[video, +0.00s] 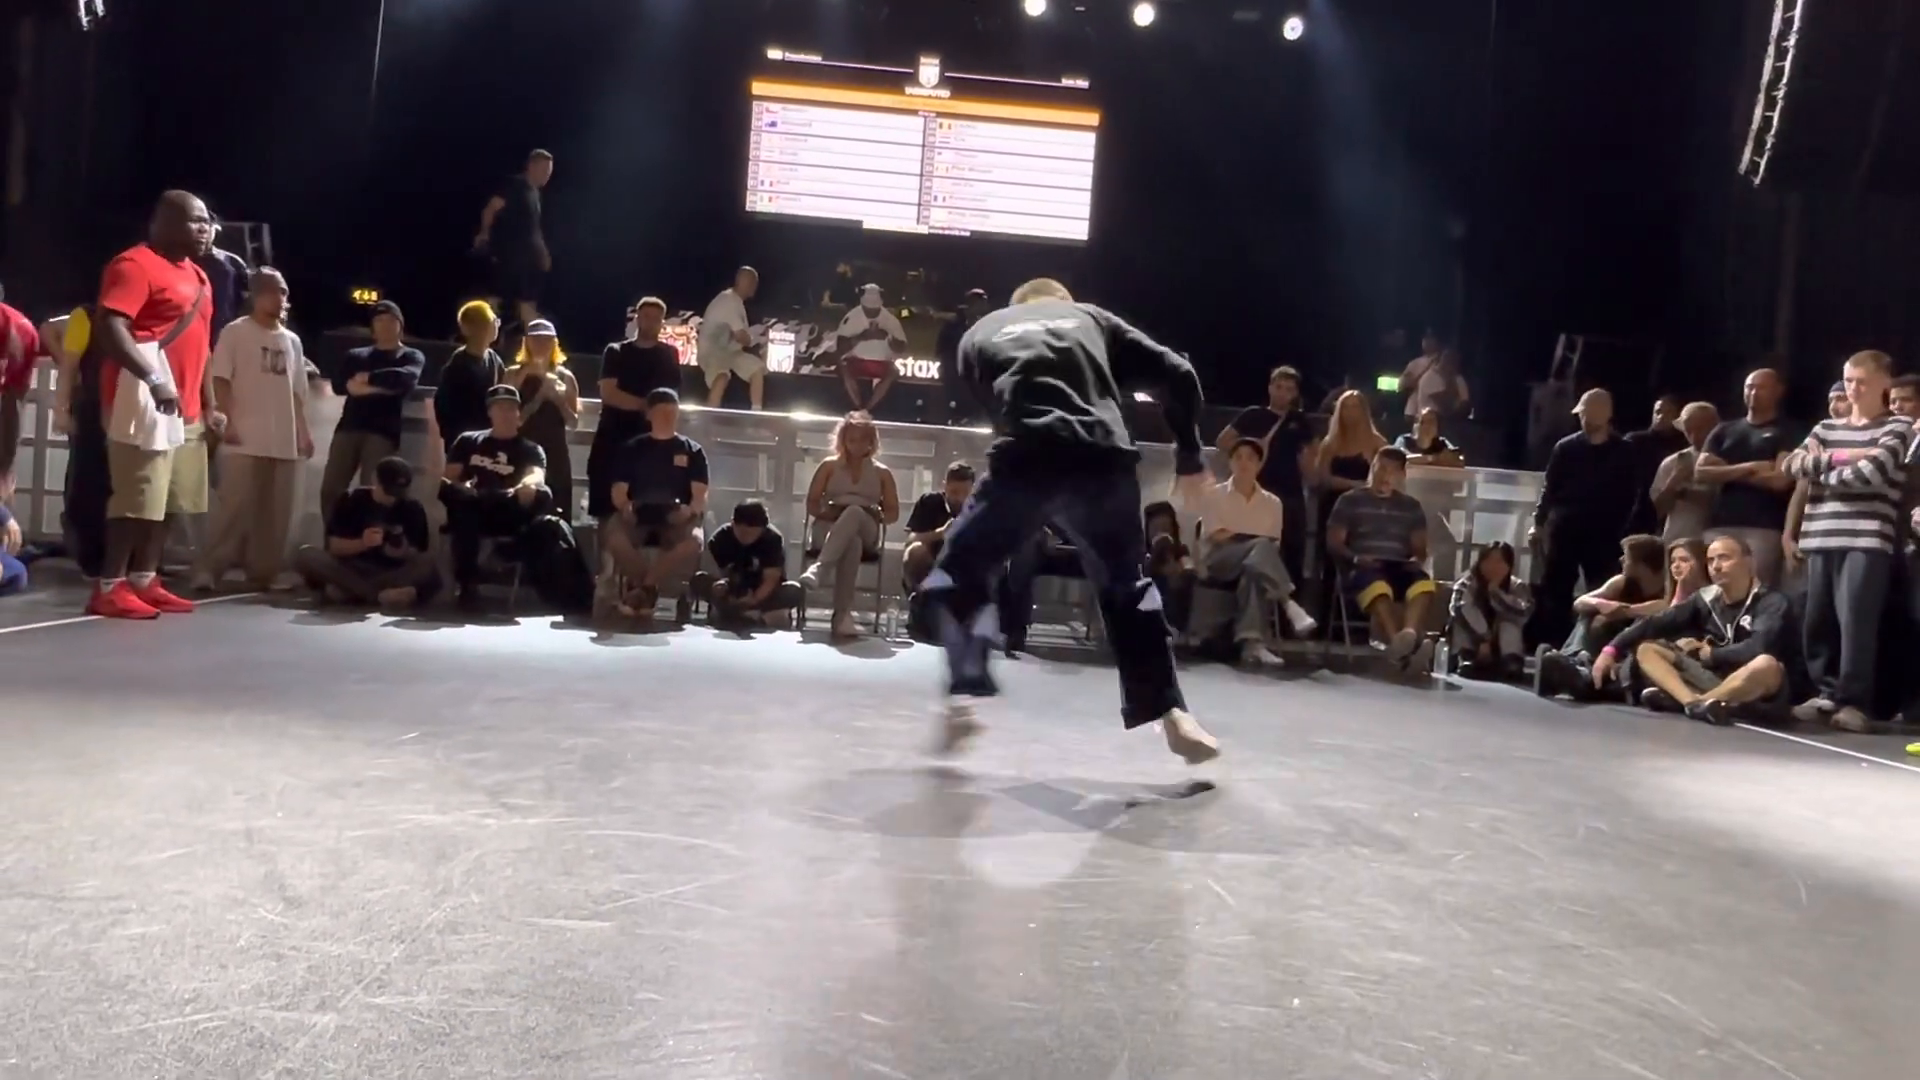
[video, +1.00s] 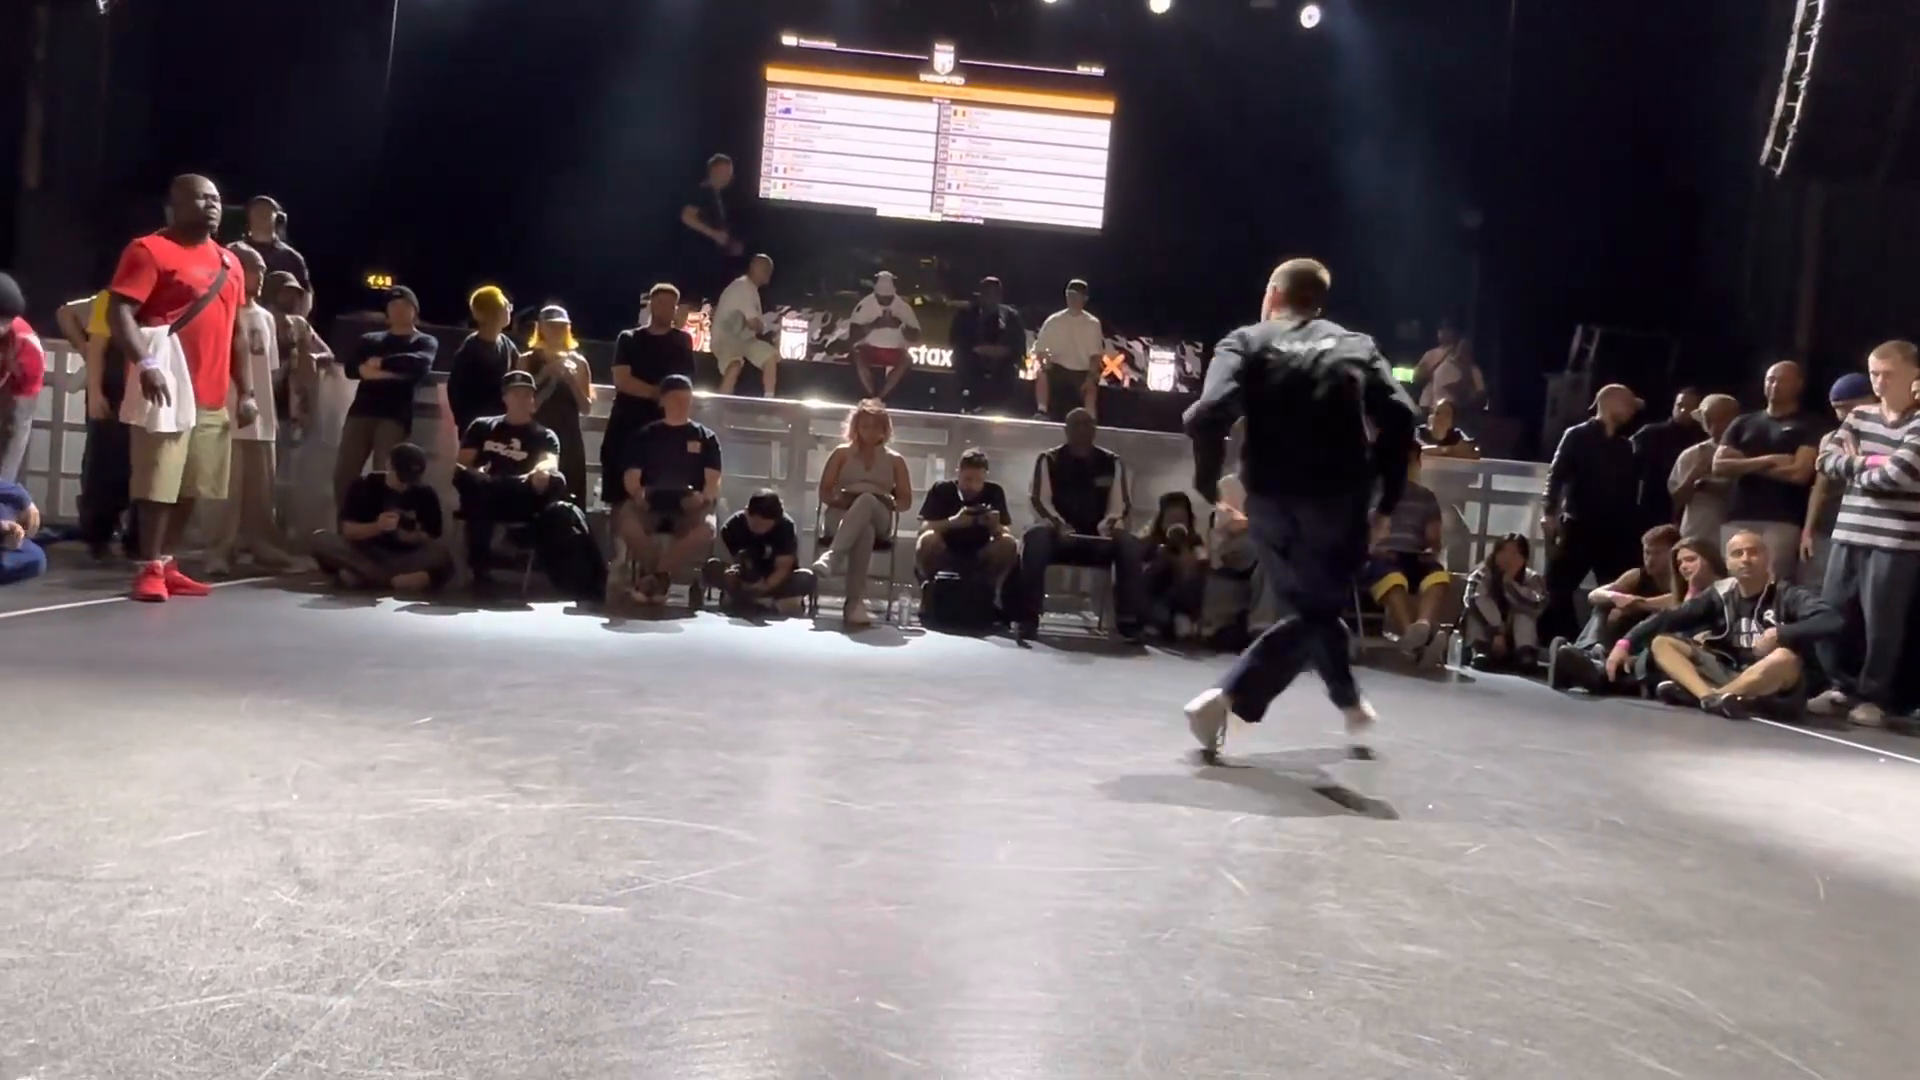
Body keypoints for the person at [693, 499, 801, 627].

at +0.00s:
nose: (747, 538)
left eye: (753, 534)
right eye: (743, 532)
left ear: (762, 529)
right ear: (733, 523)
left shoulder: (772, 539)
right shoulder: (718, 540)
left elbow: (772, 578)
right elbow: (721, 574)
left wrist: (755, 599)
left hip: (762, 585)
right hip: (734, 585)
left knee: (794, 590)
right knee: (700, 580)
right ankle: (760, 617)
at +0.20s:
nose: (749, 534)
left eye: (755, 530)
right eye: (745, 529)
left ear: (765, 526)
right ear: (737, 521)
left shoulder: (775, 536)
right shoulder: (722, 536)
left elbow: (775, 573)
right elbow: (727, 570)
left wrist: (758, 595)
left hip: (765, 582)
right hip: (737, 583)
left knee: (797, 586)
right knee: (702, 577)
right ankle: (763, 613)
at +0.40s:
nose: (751, 532)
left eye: (757, 528)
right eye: (747, 526)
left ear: (767, 523)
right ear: (739, 518)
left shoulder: (778, 532)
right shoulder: (724, 533)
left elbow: (778, 570)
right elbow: (732, 567)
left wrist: (760, 592)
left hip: (768, 580)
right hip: (740, 581)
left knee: (800, 583)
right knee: (704, 573)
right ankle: (762, 609)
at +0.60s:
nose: (755, 531)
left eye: (760, 527)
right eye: (751, 526)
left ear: (771, 522)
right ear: (742, 516)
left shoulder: (781, 530)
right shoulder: (727, 531)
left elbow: (780, 569)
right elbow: (733, 565)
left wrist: (762, 590)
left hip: (771, 578)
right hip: (742, 579)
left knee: (803, 581)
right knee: (707, 571)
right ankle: (766, 607)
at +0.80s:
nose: (756, 529)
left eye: (761, 525)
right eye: (752, 524)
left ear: (772, 520)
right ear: (744, 514)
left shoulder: (783, 528)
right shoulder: (729, 529)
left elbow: (782, 566)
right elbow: (735, 562)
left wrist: (763, 587)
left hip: (772, 575)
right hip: (744, 576)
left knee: (805, 579)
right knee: (709, 568)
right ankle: (766, 605)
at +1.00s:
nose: (759, 529)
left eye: (764, 525)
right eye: (755, 524)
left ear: (775, 520)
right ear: (746, 513)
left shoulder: (785, 526)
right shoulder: (731, 528)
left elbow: (784, 566)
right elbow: (723, 562)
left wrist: (765, 586)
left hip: (774, 575)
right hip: (745, 576)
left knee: (807, 577)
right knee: (712, 568)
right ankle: (770, 603)